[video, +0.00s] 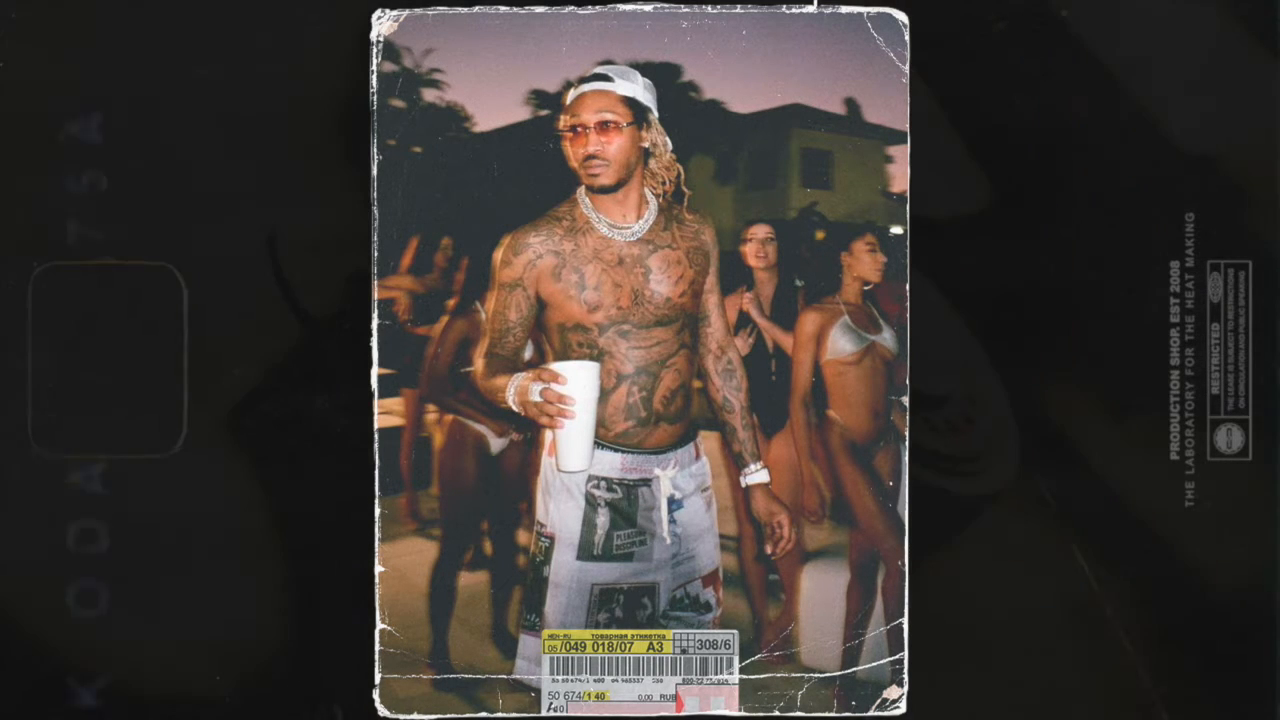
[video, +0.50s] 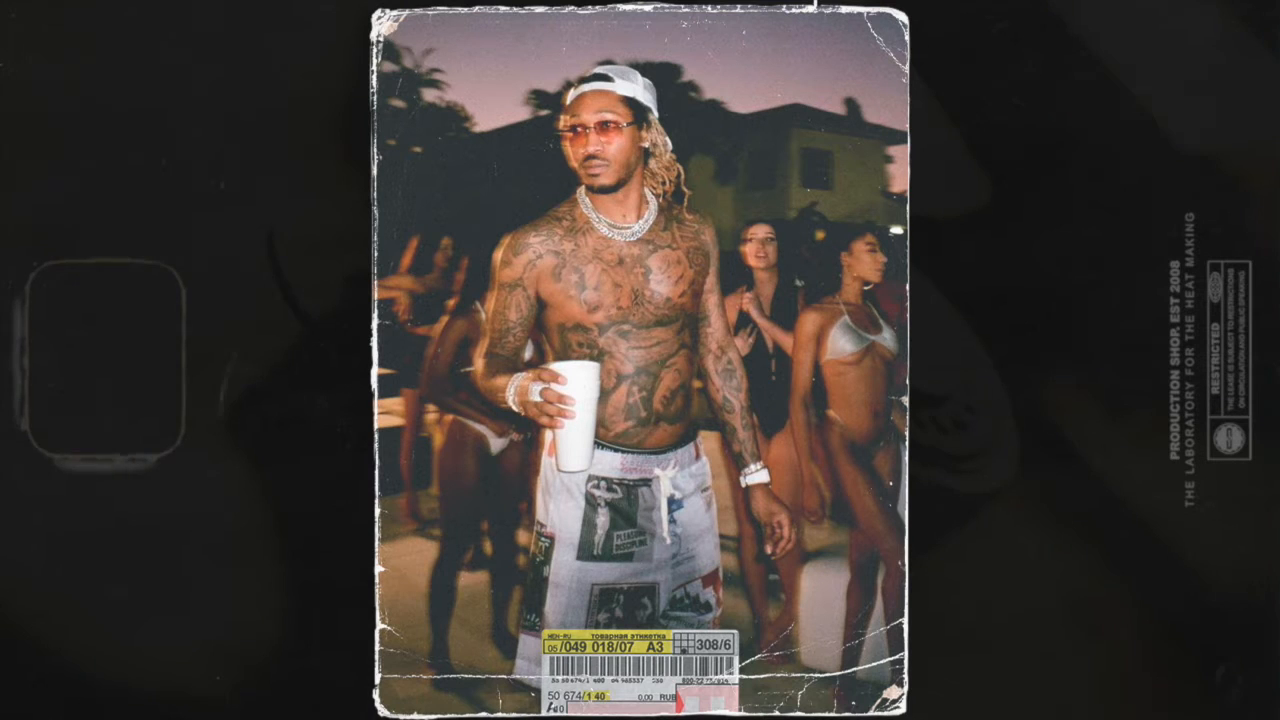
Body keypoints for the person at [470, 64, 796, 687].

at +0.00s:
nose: (589, 143)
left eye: (608, 126)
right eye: (576, 130)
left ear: (646, 138)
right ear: (565, 144)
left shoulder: (693, 235)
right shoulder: (532, 248)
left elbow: (720, 358)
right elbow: (491, 366)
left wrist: (756, 482)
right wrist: (516, 389)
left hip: (681, 477)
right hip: (583, 482)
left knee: (690, 664)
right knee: (574, 669)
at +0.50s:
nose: (590, 143)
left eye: (608, 126)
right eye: (576, 130)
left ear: (646, 138)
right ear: (565, 143)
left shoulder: (693, 235)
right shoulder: (532, 248)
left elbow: (720, 358)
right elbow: (491, 365)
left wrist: (756, 482)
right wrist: (516, 389)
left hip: (681, 477)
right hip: (582, 482)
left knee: (690, 664)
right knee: (573, 669)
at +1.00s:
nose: (590, 143)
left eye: (608, 126)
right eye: (576, 130)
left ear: (646, 138)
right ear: (565, 143)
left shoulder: (693, 236)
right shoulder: (532, 248)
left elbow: (720, 358)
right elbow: (490, 366)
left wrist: (756, 481)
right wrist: (516, 389)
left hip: (681, 477)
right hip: (582, 482)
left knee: (690, 663)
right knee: (573, 667)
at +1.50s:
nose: (590, 143)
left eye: (608, 126)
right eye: (576, 130)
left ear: (646, 138)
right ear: (565, 143)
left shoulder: (693, 236)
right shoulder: (532, 248)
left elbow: (720, 358)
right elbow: (490, 366)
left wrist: (756, 481)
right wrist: (516, 389)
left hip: (681, 477)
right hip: (582, 482)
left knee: (690, 663)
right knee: (574, 666)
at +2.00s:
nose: (590, 143)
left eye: (608, 126)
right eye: (576, 130)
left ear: (646, 138)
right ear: (565, 143)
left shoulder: (693, 236)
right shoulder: (532, 248)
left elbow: (720, 358)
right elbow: (491, 365)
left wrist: (756, 481)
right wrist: (516, 389)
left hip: (681, 477)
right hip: (582, 481)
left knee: (689, 663)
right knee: (572, 666)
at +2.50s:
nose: (589, 143)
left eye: (608, 126)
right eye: (576, 130)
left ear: (646, 138)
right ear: (565, 144)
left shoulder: (693, 235)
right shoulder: (532, 247)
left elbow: (720, 358)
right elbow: (491, 364)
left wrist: (756, 482)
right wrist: (516, 389)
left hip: (681, 476)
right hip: (582, 481)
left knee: (689, 663)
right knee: (573, 668)